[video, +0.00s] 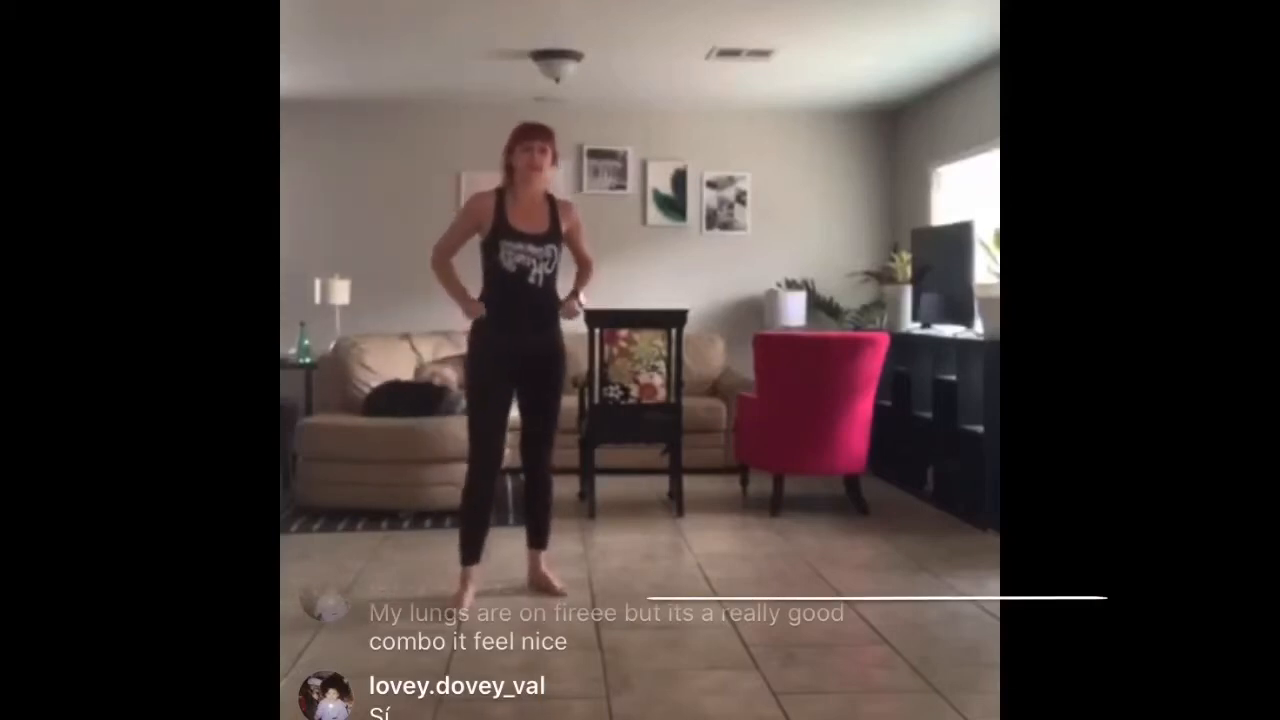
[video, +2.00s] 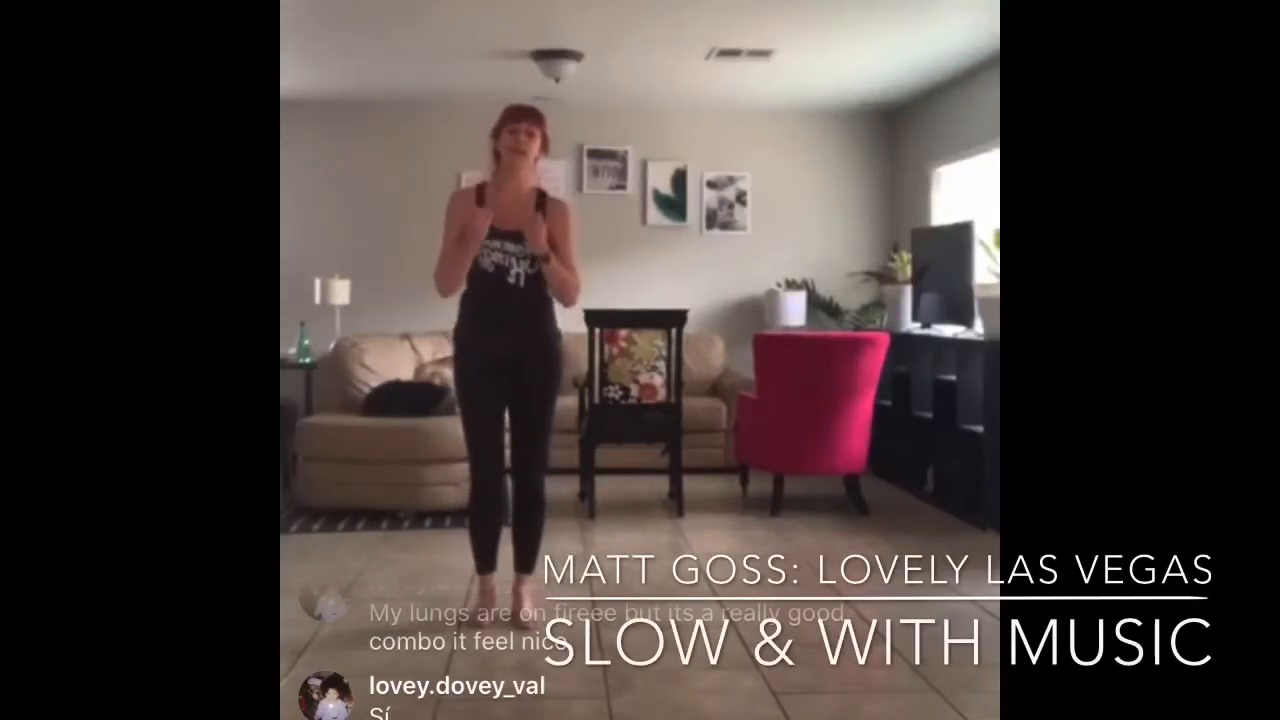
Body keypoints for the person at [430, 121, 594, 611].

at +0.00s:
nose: (534, 158)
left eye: (541, 152)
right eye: (526, 150)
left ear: (553, 163)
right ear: (510, 158)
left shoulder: (564, 214)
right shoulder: (485, 205)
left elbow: (586, 264)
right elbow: (441, 257)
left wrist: (574, 299)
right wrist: (466, 302)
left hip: (544, 339)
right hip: (494, 338)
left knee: (538, 459)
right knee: (484, 461)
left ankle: (539, 564)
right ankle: (468, 579)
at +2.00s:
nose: (519, 139)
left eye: (529, 134)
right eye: (511, 131)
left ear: (542, 149)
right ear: (495, 141)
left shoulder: (555, 209)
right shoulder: (466, 201)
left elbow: (570, 293)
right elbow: (446, 284)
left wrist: (543, 249)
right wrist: (472, 236)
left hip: (535, 347)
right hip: (479, 346)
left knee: (529, 469)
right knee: (485, 469)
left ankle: (525, 583)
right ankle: (485, 584)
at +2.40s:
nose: (507, 172)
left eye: (518, 167)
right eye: (499, 165)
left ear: (530, 181)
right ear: (484, 177)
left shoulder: (544, 232)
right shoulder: (463, 230)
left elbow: (582, 283)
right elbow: (421, 279)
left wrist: (553, 219)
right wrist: (449, 217)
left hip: (529, 367)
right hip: (474, 366)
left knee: (523, 479)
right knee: (478, 480)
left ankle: (521, 583)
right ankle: (490, 582)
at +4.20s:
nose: (373, 144)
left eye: (383, 138)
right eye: (364, 136)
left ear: (396, 151)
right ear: (345, 146)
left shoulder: (407, 208)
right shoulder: (318, 205)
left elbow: (413, 244)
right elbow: (279, 220)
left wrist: (336, 248)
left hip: (380, 357)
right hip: (317, 355)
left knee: (467, 457)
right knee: (322, 473)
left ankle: (491, 580)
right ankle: (321, 594)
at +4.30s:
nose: (379, 144)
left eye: (387, 138)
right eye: (369, 135)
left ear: (397, 151)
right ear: (345, 143)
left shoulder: (402, 207)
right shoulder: (313, 203)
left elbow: (408, 240)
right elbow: (278, 222)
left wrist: (347, 247)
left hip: (379, 355)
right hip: (316, 353)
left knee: (459, 460)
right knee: (322, 475)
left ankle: (486, 581)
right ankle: (322, 594)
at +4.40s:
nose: (380, 143)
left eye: (388, 139)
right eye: (370, 134)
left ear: (395, 151)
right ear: (344, 140)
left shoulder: (399, 206)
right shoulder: (311, 201)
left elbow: (418, 239)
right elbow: (277, 219)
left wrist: (392, 248)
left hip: (378, 353)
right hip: (316, 352)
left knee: (450, 460)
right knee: (323, 473)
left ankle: (483, 583)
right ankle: (323, 592)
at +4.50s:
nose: (380, 145)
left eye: (388, 140)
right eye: (370, 134)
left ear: (393, 153)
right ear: (343, 138)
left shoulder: (394, 204)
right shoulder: (305, 201)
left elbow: (446, 224)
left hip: (380, 350)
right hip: (319, 351)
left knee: (439, 463)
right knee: (325, 474)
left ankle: (482, 581)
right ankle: (323, 592)